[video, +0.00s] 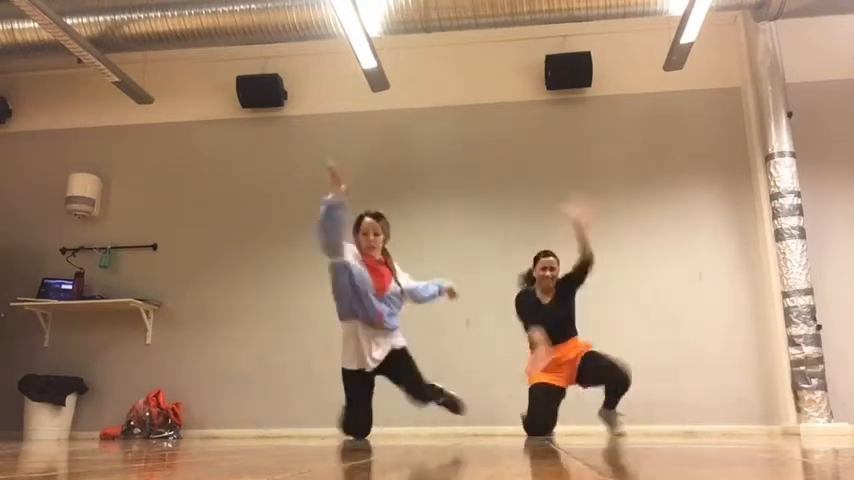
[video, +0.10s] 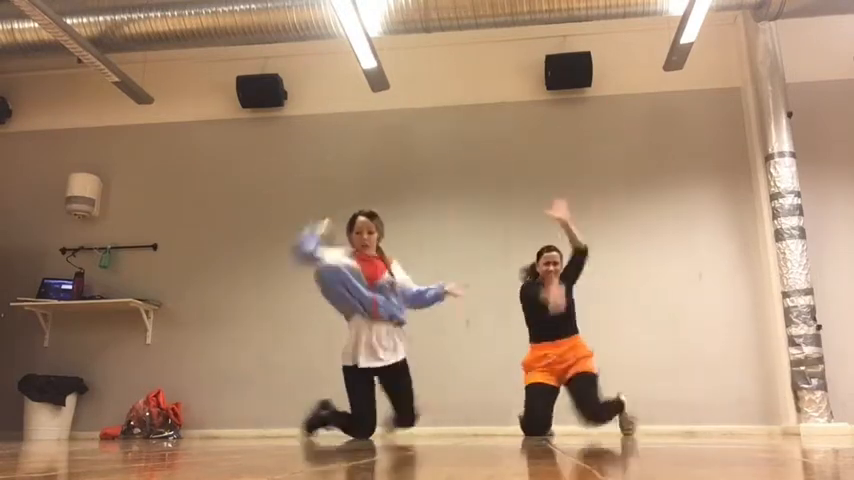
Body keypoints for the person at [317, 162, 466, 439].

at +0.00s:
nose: (371, 240)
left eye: (376, 234)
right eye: (365, 234)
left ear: (385, 238)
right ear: (355, 238)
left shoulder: (392, 271)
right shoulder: (346, 261)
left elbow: (413, 291)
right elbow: (331, 236)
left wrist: (442, 289)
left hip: (389, 344)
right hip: (356, 348)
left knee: (418, 391)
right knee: (359, 426)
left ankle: (441, 398)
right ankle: (348, 418)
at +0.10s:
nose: (365, 238)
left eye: (370, 232)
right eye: (359, 233)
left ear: (379, 236)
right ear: (350, 237)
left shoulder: (390, 266)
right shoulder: (342, 261)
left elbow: (410, 296)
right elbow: (308, 255)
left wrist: (441, 290)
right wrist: (315, 234)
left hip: (390, 346)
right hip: (359, 349)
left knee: (407, 419)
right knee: (363, 429)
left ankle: (393, 422)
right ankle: (326, 415)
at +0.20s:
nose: (364, 242)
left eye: (369, 236)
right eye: (358, 236)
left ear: (379, 239)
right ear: (350, 241)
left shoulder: (395, 267)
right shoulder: (345, 278)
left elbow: (427, 289)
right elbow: (315, 303)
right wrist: (306, 277)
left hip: (389, 360)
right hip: (357, 361)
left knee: (389, 430)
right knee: (362, 429)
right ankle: (310, 417)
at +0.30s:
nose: (367, 241)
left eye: (373, 235)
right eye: (361, 236)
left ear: (384, 239)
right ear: (355, 241)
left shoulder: (397, 273)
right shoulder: (350, 278)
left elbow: (415, 263)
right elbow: (342, 317)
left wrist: (395, 244)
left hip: (388, 360)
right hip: (354, 359)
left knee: (391, 429)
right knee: (358, 426)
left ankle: (367, 417)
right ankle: (304, 420)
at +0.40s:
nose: (364, 243)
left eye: (370, 237)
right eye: (358, 238)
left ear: (381, 240)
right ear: (352, 243)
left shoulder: (396, 268)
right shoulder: (347, 281)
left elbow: (410, 245)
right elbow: (332, 318)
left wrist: (395, 221)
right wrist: (305, 345)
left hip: (390, 352)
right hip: (357, 349)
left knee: (393, 428)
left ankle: (375, 423)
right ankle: (308, 417)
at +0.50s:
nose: (354, 244)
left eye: (360, 238)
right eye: (349, 239)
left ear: (372, 241)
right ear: (343, 244)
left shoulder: (389, 266)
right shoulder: (340, 279)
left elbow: (418, 263)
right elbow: (324, 308)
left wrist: (402, 237)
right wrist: (301, 333)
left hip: (391, 357)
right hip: (362, 352)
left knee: (392, 430)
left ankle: (401, 416)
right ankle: (328, 411)